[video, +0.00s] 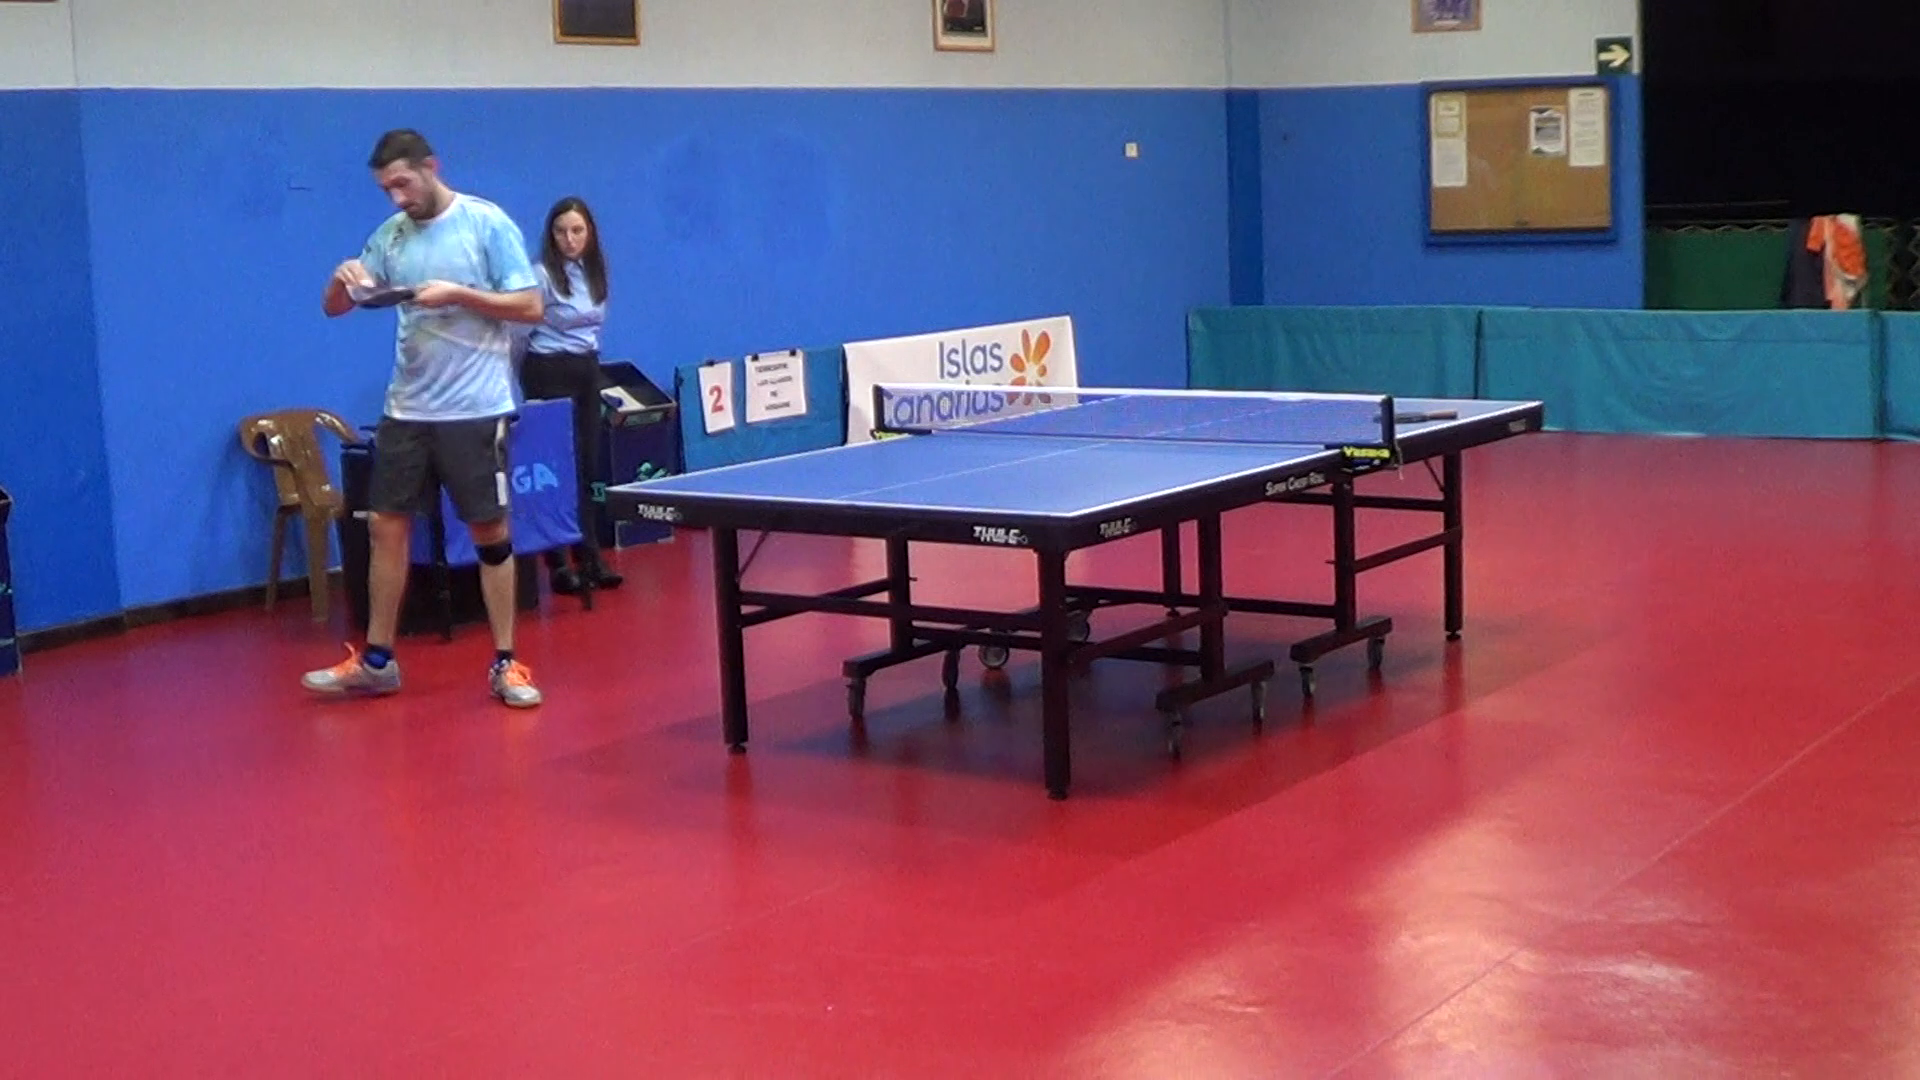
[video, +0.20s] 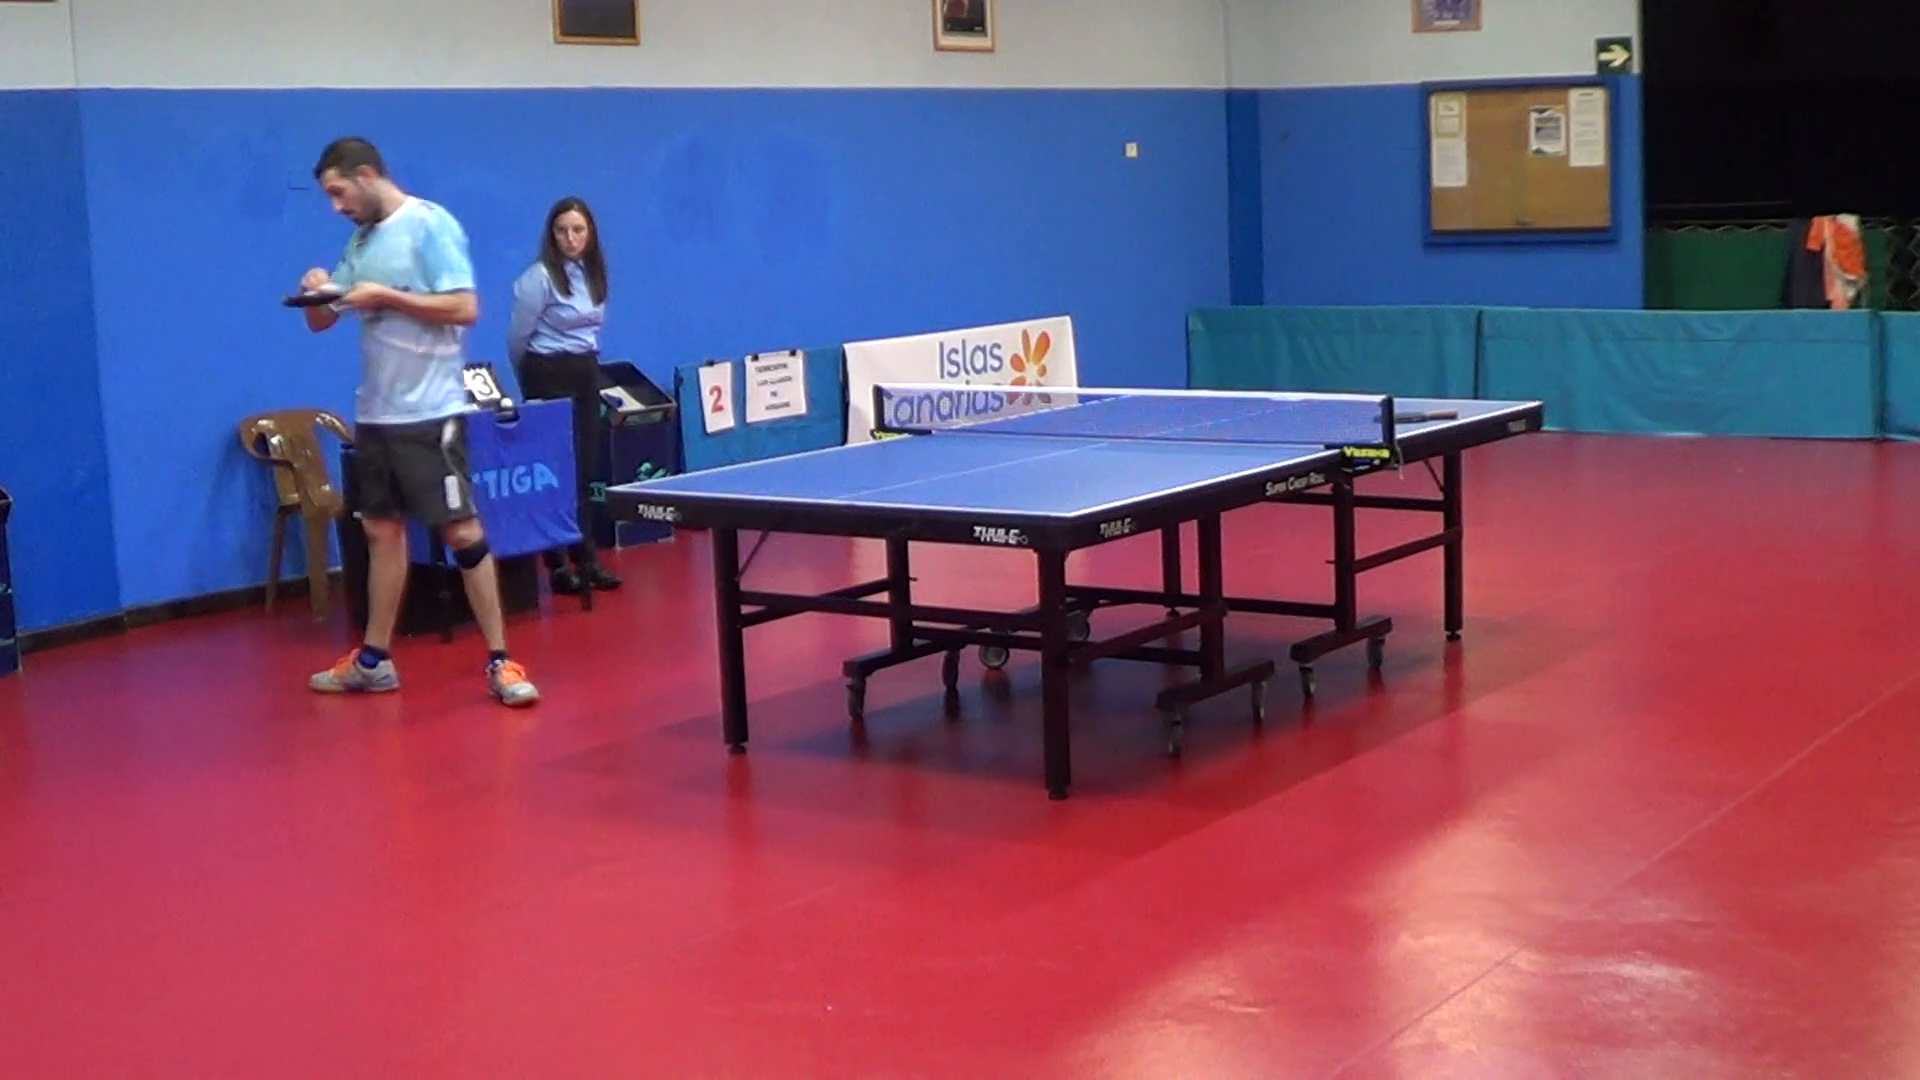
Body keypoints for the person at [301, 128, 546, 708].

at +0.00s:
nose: (398, 196)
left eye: (404, 182)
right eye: (389, 187)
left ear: (432, 168)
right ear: (384, 187)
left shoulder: (488, 223)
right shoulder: (389, 236)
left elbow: (531, 306)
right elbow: (335, 308)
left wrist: (458, 295)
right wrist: (341, 280)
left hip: (476, 407)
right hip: (407, 408)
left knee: (490, 530)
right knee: (386, 524)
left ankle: (506, 662)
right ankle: (378, 660)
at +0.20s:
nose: (336, 206)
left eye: (338, 192)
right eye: (330, 197)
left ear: (369, 175)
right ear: (350, 185)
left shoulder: (431, 223)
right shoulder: (360, 241)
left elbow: (465, 308)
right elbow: (321, 322)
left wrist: (383, 297)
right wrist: (315, 293)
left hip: (432, 412)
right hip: (376, 415)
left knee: (464, 535)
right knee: (382, 531)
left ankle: (501, 661)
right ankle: (375, 659)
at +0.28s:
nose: (316, 208)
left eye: (316, 195)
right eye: (309, 199)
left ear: (346, 177)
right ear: (333, 185)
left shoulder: (408, 224)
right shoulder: (346, 242)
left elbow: (439, 309)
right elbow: (320, 320)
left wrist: (359, 298)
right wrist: (300, 298)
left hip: (412, 411)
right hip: (362, 413)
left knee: (439, 532)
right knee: (376, 529)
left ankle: (488, 657)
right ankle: (375, 658)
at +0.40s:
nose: (293, 209)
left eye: (293, 196)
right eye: (287, 200)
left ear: (320, 178)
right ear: (314, 184)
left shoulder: (380, 224)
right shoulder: (334, 235)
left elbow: (406, 309)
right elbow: (334, 304)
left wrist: (329, 300)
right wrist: (288, 294)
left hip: (385, 406)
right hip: (347, 407)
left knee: (391, 528)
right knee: (365, 527)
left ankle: (449, 660)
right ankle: (374, 657)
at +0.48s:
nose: (280, 210)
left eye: (278, 196)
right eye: (274, 200)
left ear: (303, 178)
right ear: (303, 180)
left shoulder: (361, 226)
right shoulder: (334, 232)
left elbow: (385, 310)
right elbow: (340, 303)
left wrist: (307, 298)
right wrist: (287, 290)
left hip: (367, 404)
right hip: (341, 403)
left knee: (356, 528)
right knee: (367, 528)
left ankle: (406, 660)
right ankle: (375, 654)